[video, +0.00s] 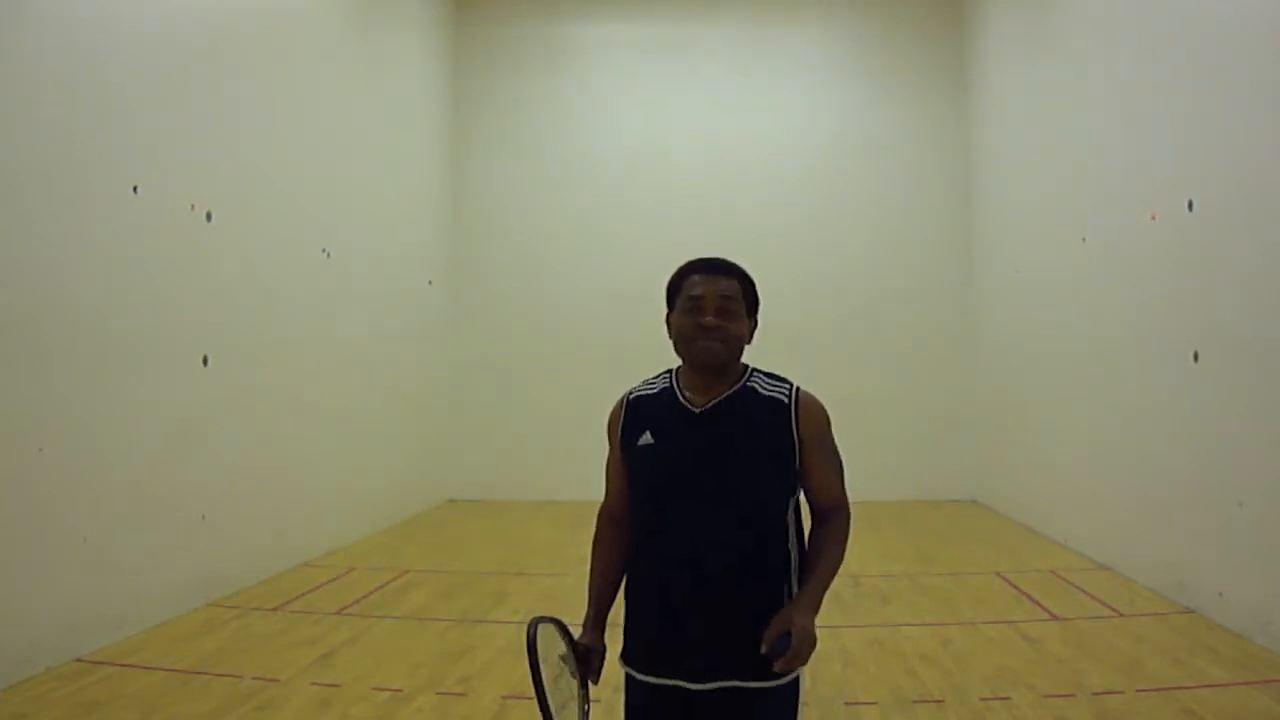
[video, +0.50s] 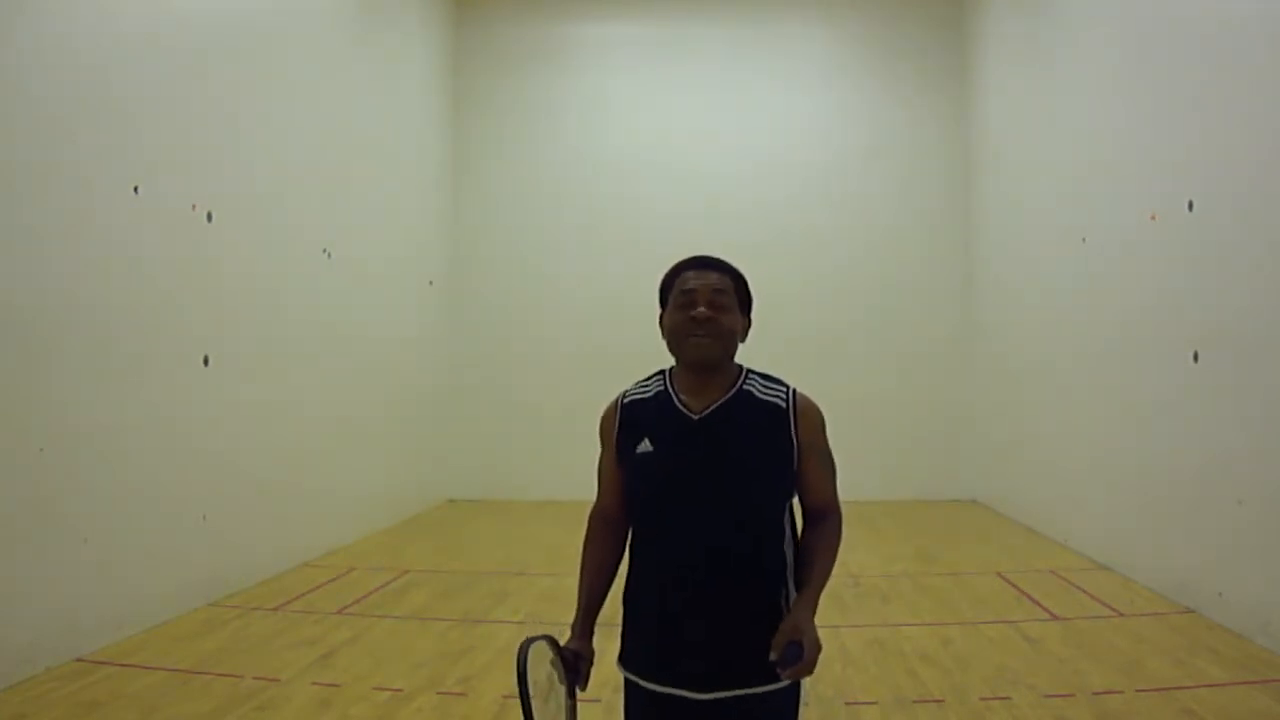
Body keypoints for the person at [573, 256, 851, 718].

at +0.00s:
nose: (709, 319)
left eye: (727, 309)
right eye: (694, 307)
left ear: (750, 329)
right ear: (669, 323)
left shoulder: (796, 413)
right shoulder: (633, 413)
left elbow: (832, 514)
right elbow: (616, 518)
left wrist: (805, 606)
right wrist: (594, 624)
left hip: (757, 667)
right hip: (658, 663)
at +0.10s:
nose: (707, 315)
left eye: (725, 306)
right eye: (692, 304)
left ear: (749, 328)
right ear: (668, 323)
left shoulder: (796, 413)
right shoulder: (632, 414)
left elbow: (830, 515)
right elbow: (615, 519)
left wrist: (804, 606)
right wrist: (591, 626)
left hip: (758, 668)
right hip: (658, 665)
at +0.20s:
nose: (705, 315)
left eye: (723, 305)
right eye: (690, 303)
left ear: (748, 327)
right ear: (666, 322)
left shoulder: (795, 412)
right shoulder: (631, 413)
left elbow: (830, 514)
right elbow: (613, 519)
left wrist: (805, 605)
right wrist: (586, 628)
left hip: (759, 668)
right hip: (657, 665)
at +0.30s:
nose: (704, 316)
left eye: (722, 306)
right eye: (689, 304)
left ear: (747, 326)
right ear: (666, 321)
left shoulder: (794, 412)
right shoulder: (630, 414)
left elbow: (828, 513)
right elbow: (610, 520)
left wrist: (806, 603)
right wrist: (584, 627)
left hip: (759, 666)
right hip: (658, 663)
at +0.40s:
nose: (704, 316)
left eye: (721, 306)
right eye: (688, 304)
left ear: (746, 326)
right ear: (664, 322)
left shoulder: (792, 414)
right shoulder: (628, 416)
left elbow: (824, 516)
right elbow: (610, 520)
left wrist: (807, 606)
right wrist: (582, 629)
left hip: (759, 669)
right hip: (657, 667)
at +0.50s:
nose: (702, 309)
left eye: (720, 300)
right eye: (685, 299)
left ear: (744, 325)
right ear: (662, 323)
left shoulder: (792, 414)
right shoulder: (626, 417)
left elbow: (822, 516)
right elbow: (609, 520)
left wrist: (804, 610)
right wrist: (582, 630)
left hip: (759, 672)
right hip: (656, 670)